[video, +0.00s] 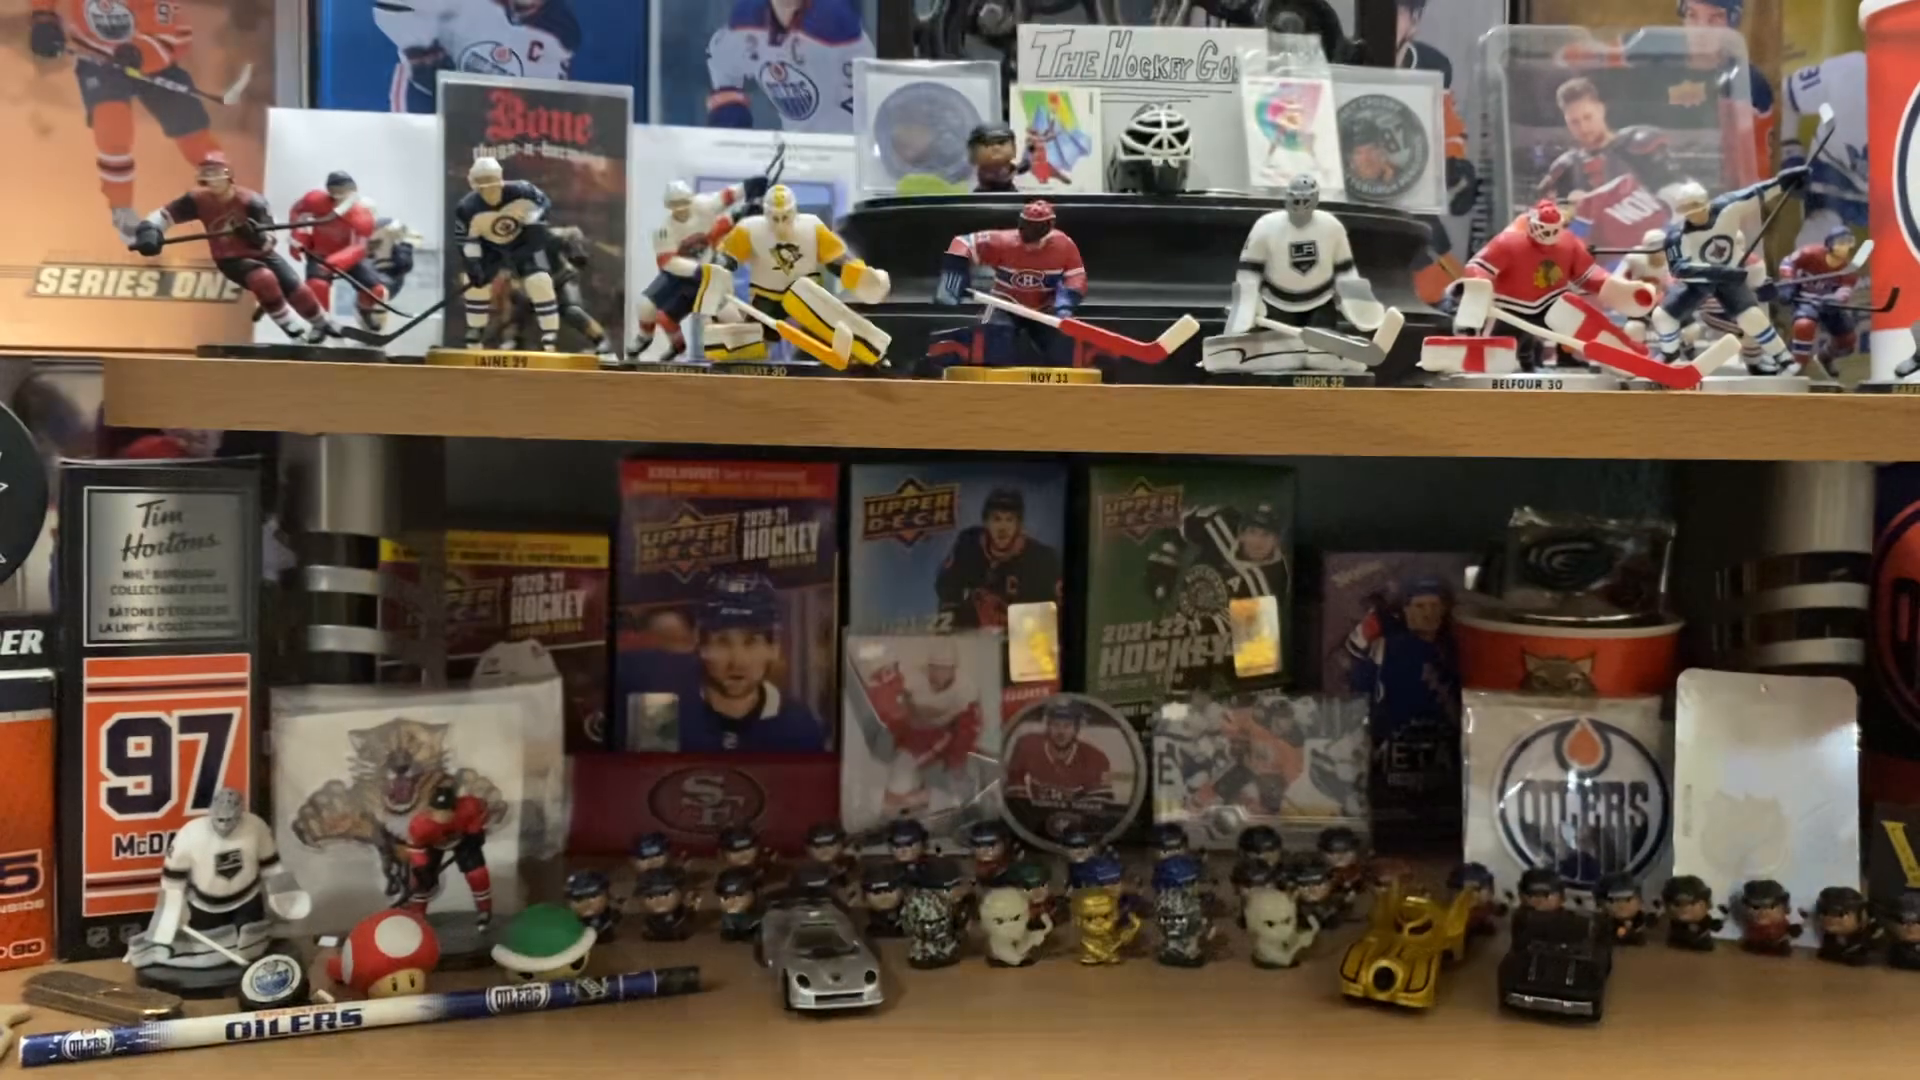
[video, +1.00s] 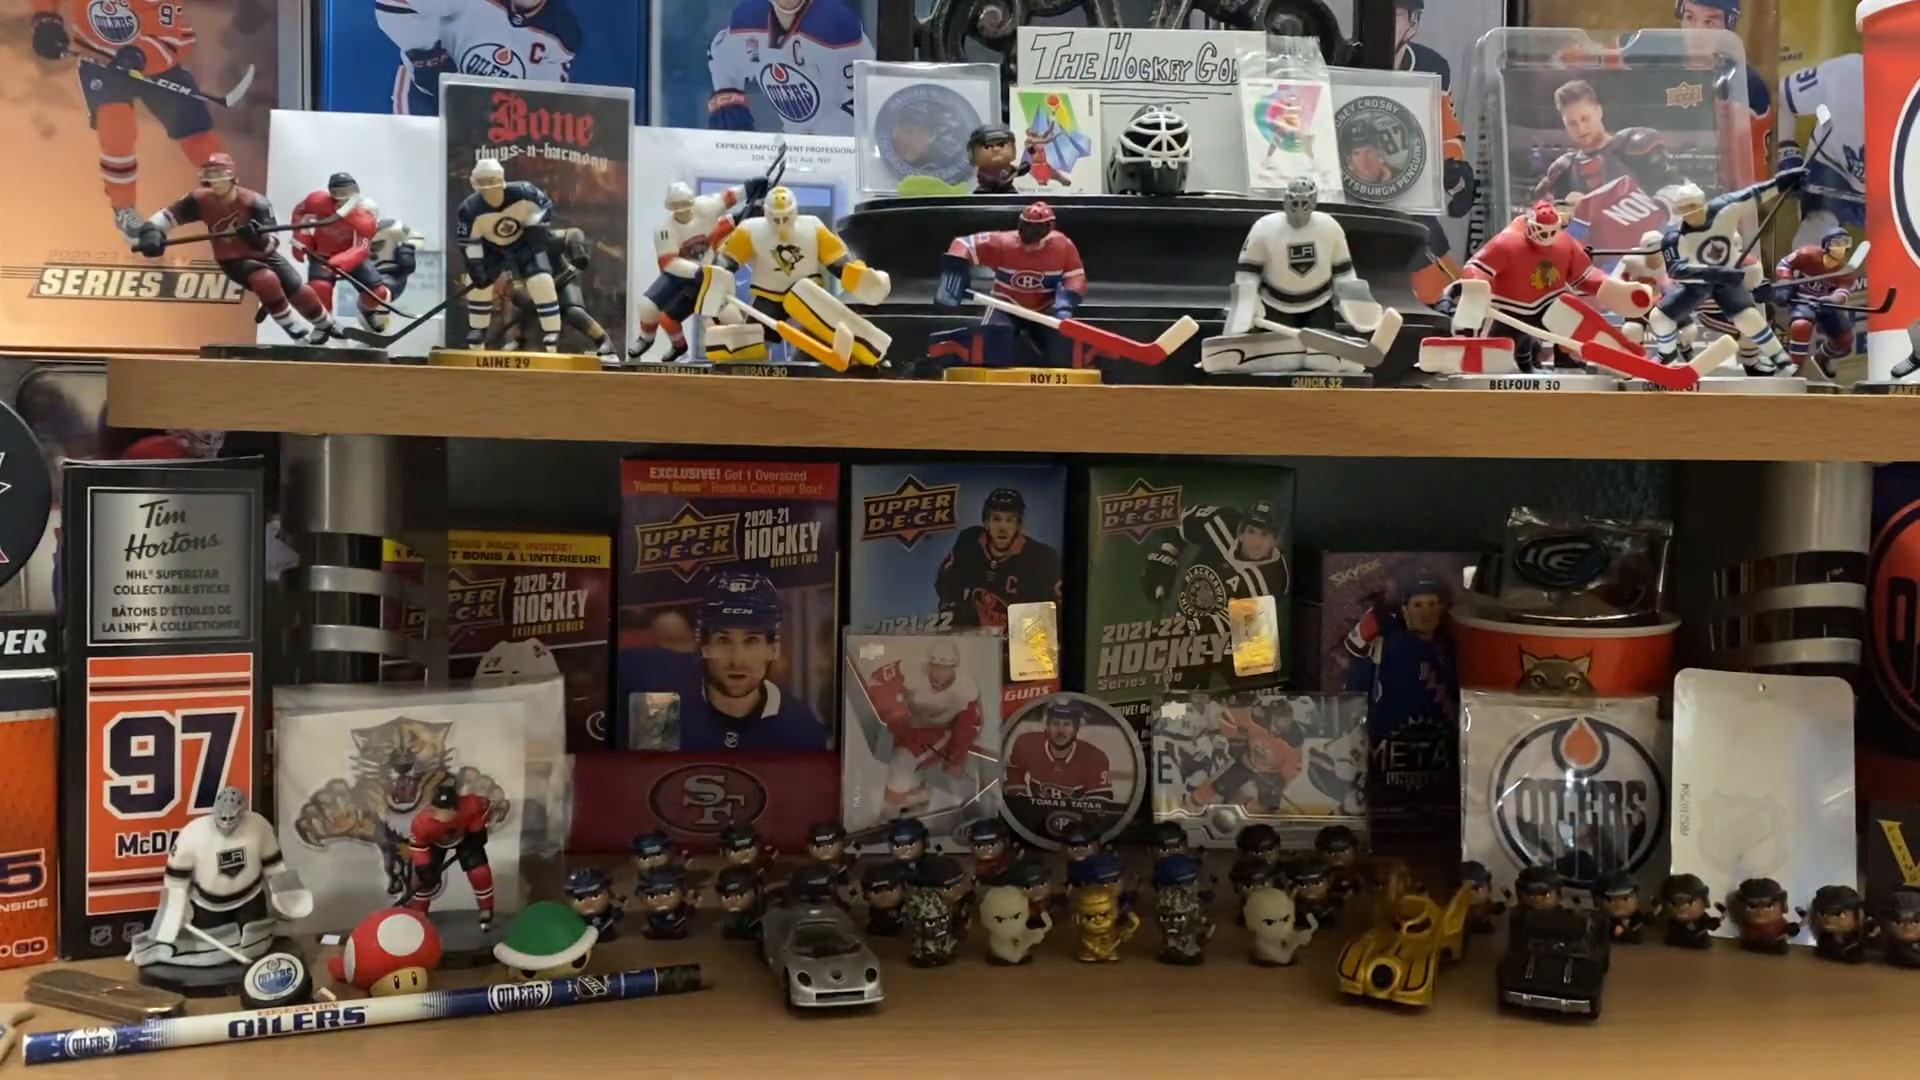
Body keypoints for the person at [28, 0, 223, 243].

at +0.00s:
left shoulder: (158, 6)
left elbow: (176, 38)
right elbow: (44, 3)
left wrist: (140, 53)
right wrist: (44, 20)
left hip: (154, 60)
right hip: (97, 59)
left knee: (196, 139)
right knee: (114, 130)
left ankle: (228, 203)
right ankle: (123, 212)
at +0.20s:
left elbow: (180, 36)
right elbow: (45, 3)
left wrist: (141, 52)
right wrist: (45, 19)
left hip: (157, 59)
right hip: (99, 57)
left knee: (200, 144)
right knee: (116, 125)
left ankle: (233, 207)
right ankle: (124, 212)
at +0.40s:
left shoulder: (159, 6)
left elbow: (176, 38)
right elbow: (46, 3)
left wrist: (141, 54)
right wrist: (46, 19)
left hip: (154, 58)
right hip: (99, 59)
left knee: (197, 132)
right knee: (116, 125)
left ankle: (230, 210)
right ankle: (125, 212)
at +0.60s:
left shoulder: (158, 6)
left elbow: (179, 37)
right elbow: (46, 4)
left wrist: (142, 54)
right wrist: (46, 21)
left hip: (153, 58)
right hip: (98, 59)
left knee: (196, 126)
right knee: (117, 125)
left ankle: (228, 208)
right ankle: (125, 211)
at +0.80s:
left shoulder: (160, 6)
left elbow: (178, 37)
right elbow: (46, 2)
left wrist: (142, 54)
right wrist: (46, 19)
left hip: (154, 58)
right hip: (99, 59)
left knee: (197, 127)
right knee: (117, 124)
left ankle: (229, 207)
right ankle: (125, 211)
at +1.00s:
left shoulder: (160, 7)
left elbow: (175, 38)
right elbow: (46, 2)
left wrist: (141, 53)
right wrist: (47, 19)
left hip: (155, 59)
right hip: (99, 61)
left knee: (197, 132)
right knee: (118, 128)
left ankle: (231, 206)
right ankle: (125, 211)